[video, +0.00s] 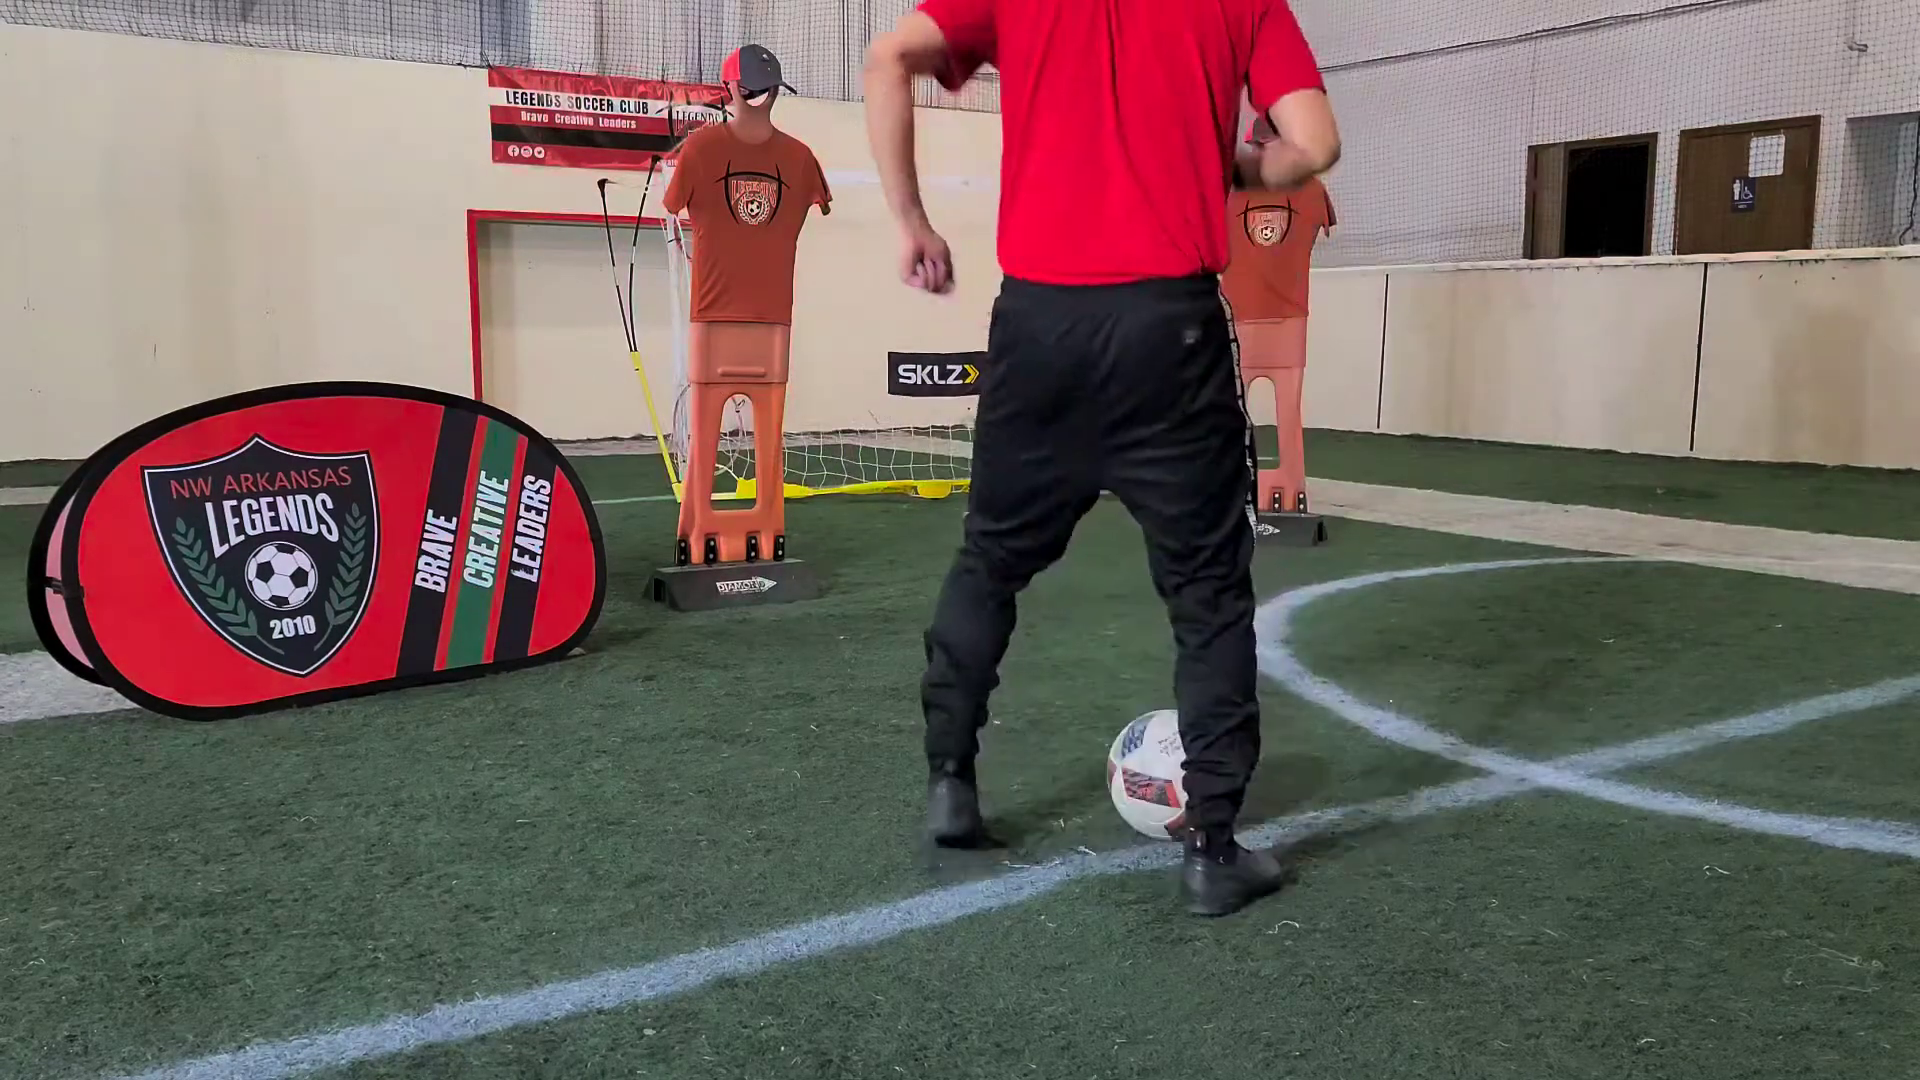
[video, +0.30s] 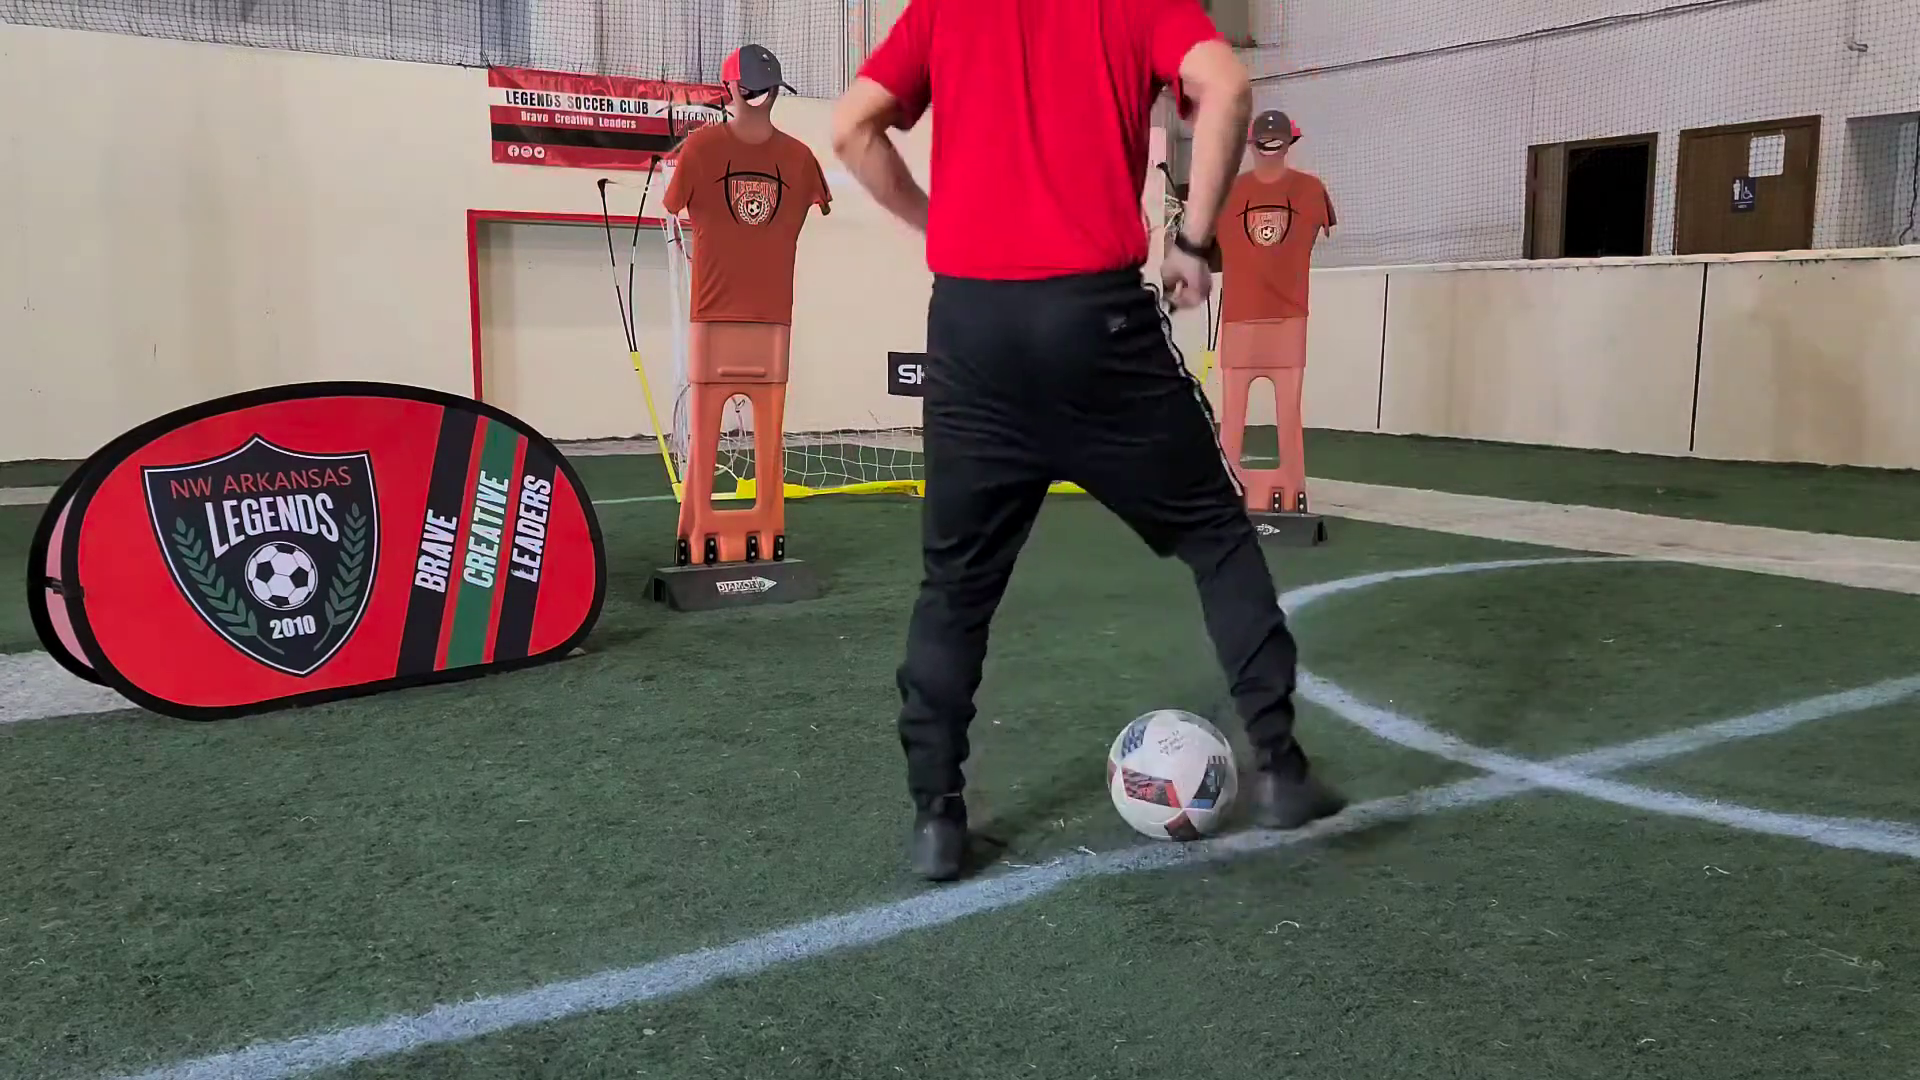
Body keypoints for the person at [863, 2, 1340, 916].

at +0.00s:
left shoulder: (1012, 4)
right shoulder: (1241, 4)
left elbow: (887, 56)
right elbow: (1311, 145)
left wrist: (909, 217)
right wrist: (1239, 165)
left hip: (1039, 311)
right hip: (1170, 315)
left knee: (993, 550)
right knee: (1207, 588)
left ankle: (950, 782)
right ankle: (1216, 847)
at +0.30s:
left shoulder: (946, 8)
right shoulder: (1137, 4)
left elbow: (853, 126)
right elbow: (1225, 85)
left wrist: (934, 223)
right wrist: (1194, 239)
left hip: (968, 315)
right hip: (1096, 312)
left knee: (955, 576)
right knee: (1214, 533)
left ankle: (935, 814)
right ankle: (1279, 765)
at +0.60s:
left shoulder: (1006, 5)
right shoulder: (1193, 9)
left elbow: (898, 47)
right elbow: (1250, 142)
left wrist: (916, 195)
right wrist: (1180, 206)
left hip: (1010, 285)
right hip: (1131, 297)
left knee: (938, 493)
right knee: (1127, 550)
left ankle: (871, 686)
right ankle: (1113, 795)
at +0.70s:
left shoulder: (990, 2)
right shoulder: (1180, 0)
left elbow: (900, 38)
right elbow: (1252, 112)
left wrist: (926, 176)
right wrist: (1183, 158)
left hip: (1012, 269)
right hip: (1130, 276)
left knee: (965, 490)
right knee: (1138, 527)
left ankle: (925, 696)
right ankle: (1129, 771)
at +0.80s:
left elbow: (902, 85)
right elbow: (1232, 85)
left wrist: (961, 182)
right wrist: (1196, 205)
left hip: (997, 274)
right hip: (1113, 272)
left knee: (979, 518)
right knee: (1191, 500)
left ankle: (969, 739)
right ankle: (1213, 721)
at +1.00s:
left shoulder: (980, 6)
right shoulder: (1149, 2)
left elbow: (913, 119)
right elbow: (1210, 38)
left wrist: (1001, 172)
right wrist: (1211, 185)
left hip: (1004, 278)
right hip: (1113, 274)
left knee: (987, 494)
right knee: (1190, 477)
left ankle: (958, 708)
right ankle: (1216, 686)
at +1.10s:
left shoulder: (1013, 4)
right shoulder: (1188, 2)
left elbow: (932, 95)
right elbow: (1220, 70)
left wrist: (1000, 188)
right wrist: (1206, 195)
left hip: (1031, 271)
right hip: (1141, 273)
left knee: (970, 474)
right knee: (1167, 502)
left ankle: (929, 669)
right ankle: (1173, 714)